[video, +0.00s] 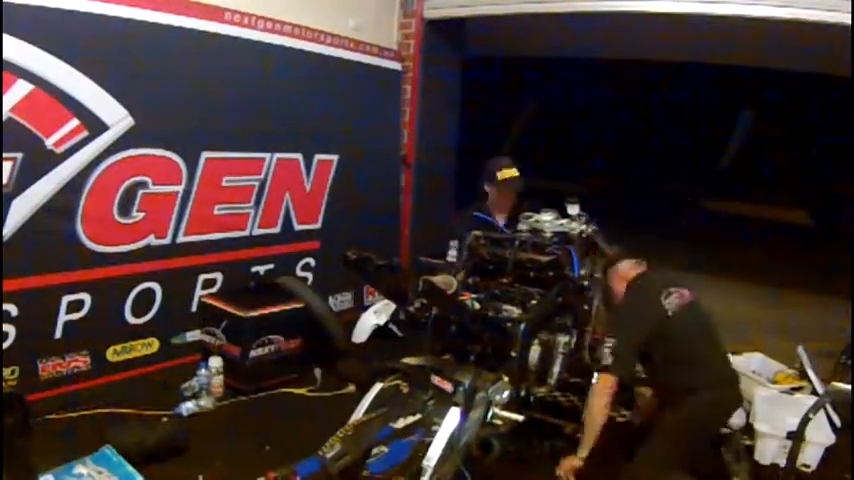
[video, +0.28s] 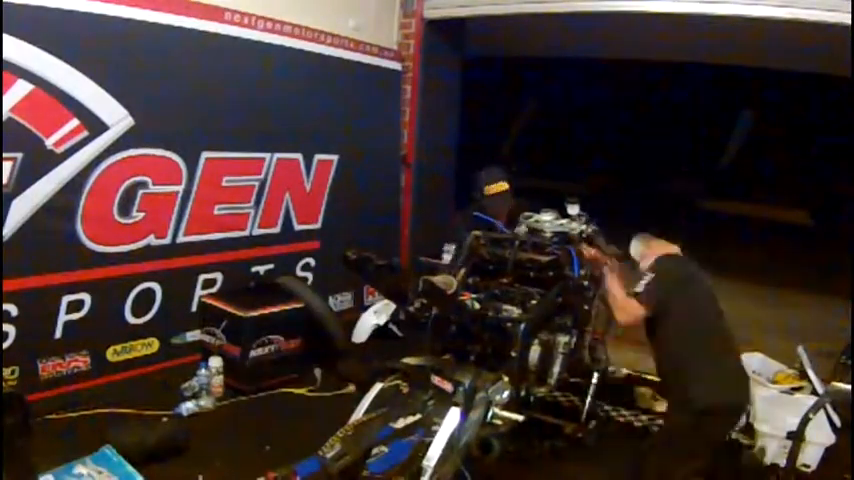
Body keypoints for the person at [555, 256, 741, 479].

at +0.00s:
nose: (614, 298)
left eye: (612, 290)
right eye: (612, 291)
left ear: (621, 280)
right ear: (643, 270)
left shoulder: (631, 306)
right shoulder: (671, 284)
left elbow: (605, 385)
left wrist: (581, 454)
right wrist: (651, 403)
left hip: (694, 402)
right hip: (723, 392)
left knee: (648, 465)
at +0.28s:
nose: (642, 271)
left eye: (640, 264)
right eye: (640, 266)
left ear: (646, 256)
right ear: (671, 250)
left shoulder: (667, 272)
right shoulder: (691, 273)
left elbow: (626, 314)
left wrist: (608, 272)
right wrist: (611, 269)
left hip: (700, 403)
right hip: (729, 400)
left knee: (660, 468)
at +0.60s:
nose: (644, 207)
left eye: (648, 198)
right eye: (645, 199)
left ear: (669, 199)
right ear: (672, 200)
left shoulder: (672, 243)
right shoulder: (684, 239)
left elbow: (645, 311)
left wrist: (616, 262)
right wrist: (621, 257)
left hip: (644, 386)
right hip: (653, 380)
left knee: (619, 463)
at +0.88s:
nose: (673, 199)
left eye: (679, 194)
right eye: (677, 193)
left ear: (694, 205)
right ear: (700, 207)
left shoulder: (683, 257)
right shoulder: (717, 251)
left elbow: (611, 285)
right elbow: (656, 267)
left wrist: (580, 243)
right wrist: (620, 235)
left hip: (668, 397)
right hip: (698, 392)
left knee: (659, 470)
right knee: (682, 468)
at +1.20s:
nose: (645, 217)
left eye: (647, 209)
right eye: (645, 210)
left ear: (660, 205)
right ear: (683, 208)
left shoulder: (658, 238)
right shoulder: (706, 255)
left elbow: (623, 296)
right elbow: (714, 323)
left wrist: (596, 248)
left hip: (638, 373)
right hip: (676, 376)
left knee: (621, 457)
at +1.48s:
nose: (644, 209)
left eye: (649, 200)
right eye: (645, 200)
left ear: (669, 201)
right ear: (679, 202)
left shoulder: (667, 247)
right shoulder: (700, 249)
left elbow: (643, 320)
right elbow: (663, 300)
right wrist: (616, 274)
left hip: (641, 384)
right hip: (670, 382)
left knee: (622, 463)